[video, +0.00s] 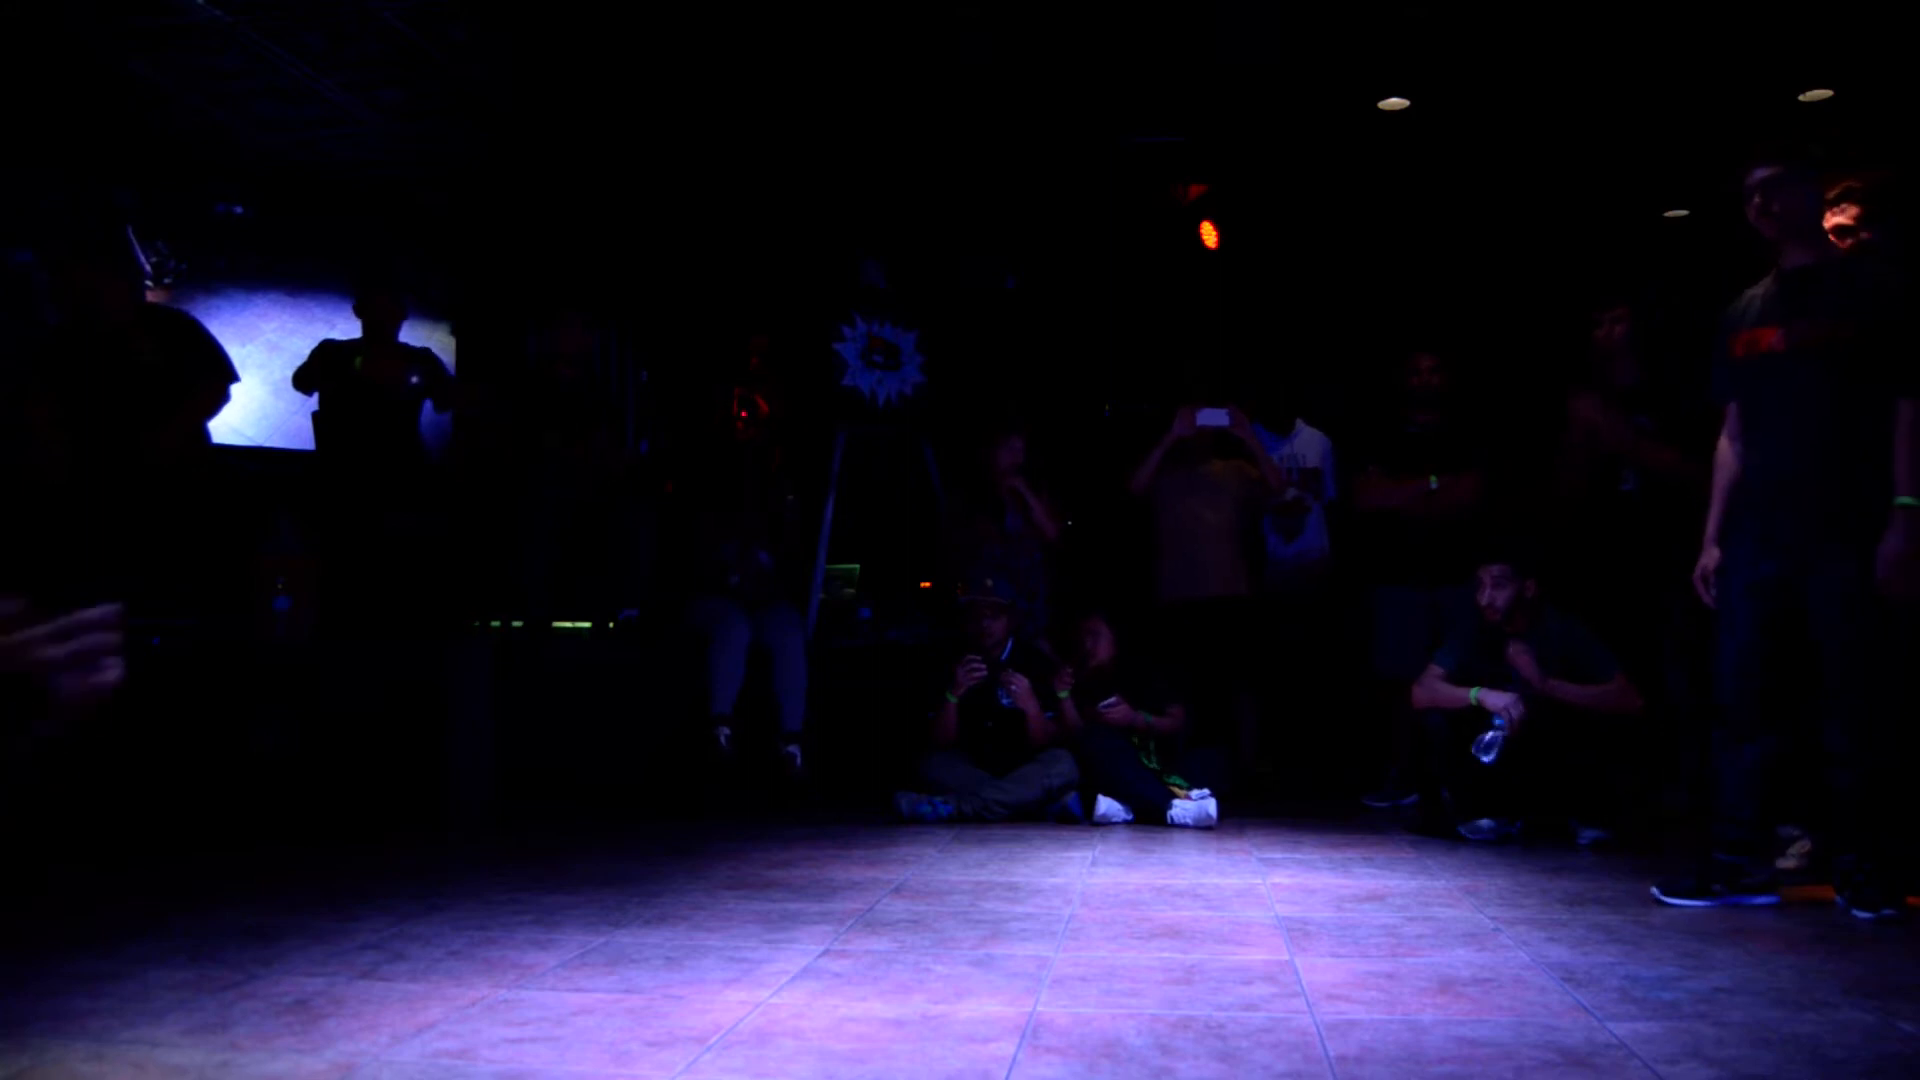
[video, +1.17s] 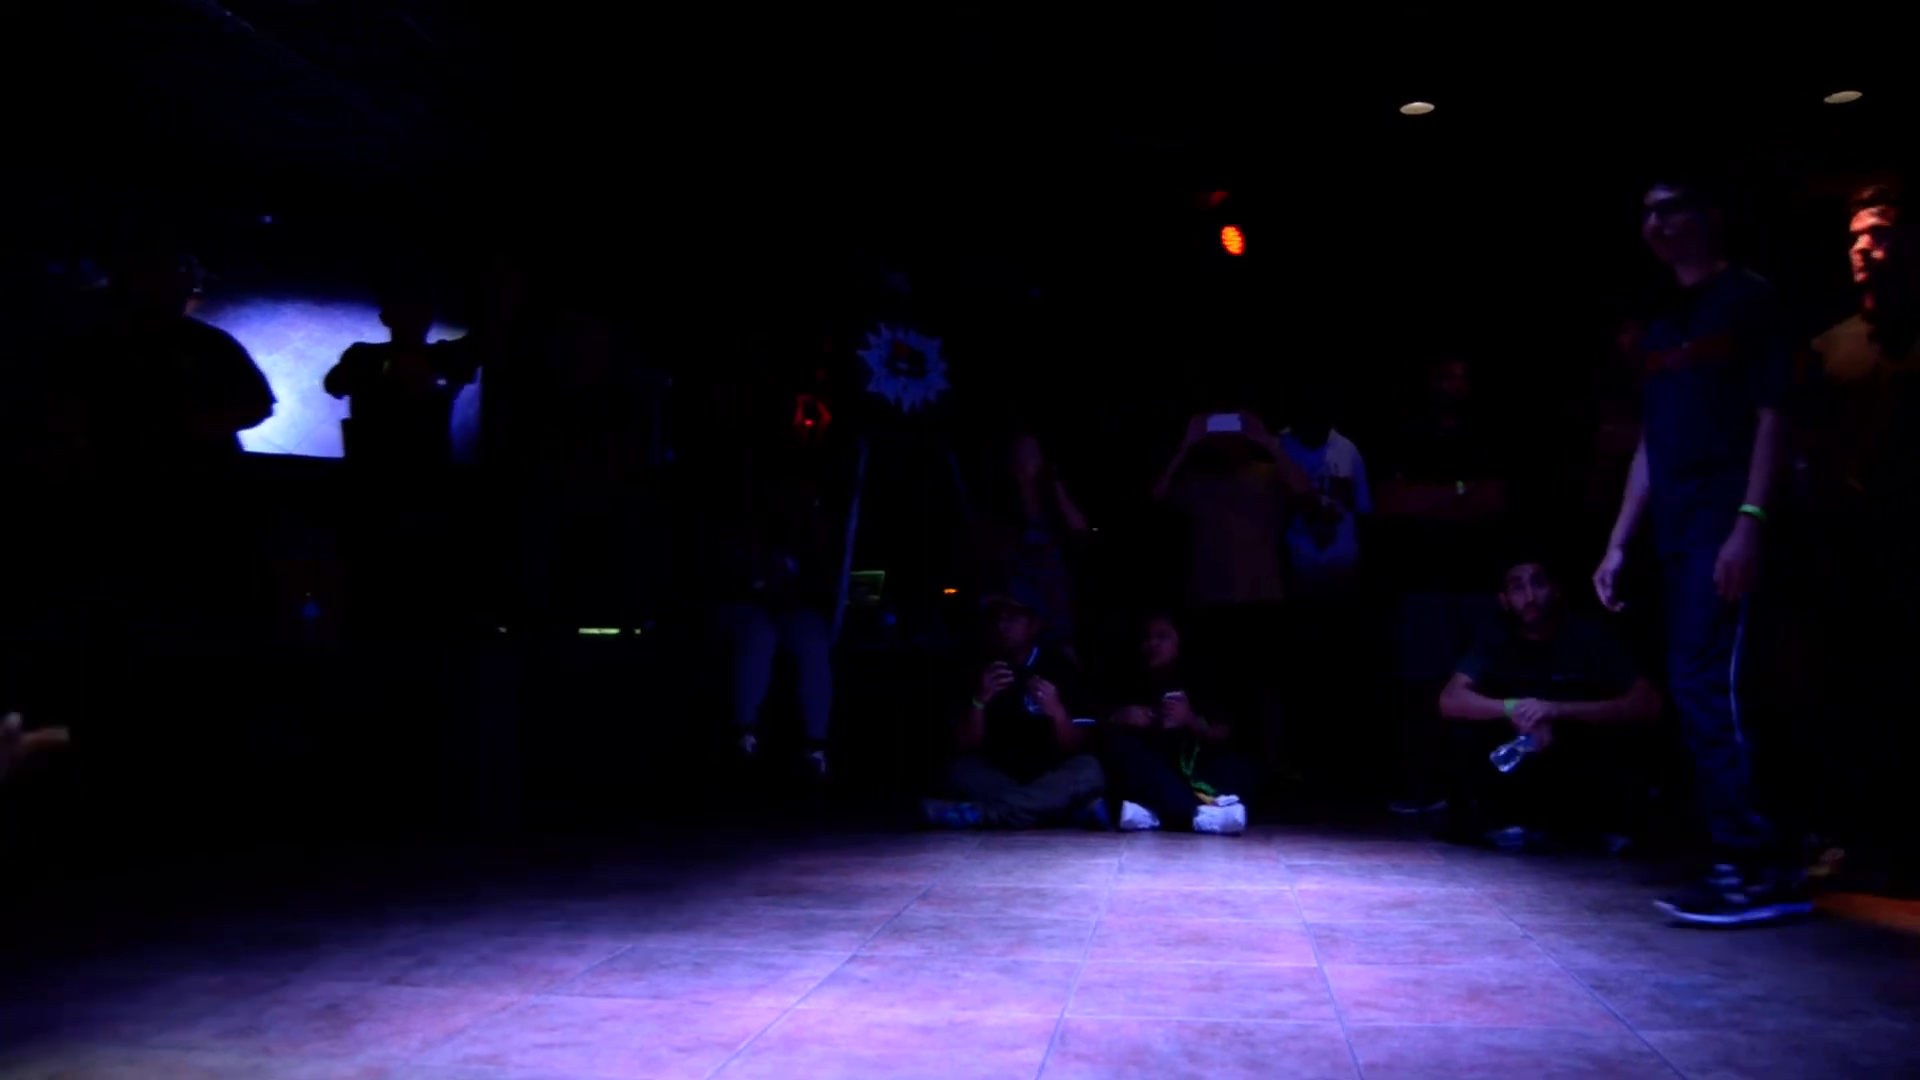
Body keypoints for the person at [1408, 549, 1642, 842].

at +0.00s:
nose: (1486, 598)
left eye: (1499, 586)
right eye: (1481, 587)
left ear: (1526, 589)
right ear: (1475, 589)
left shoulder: (1561, 633)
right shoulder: (1476, 632)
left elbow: (1625, 697)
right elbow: (1423, 692)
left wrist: (1545, 685)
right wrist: (1480, 696)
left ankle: (1588, 817)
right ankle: (1493, 814)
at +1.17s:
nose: (1530, 597)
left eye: (1538, 584)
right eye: (1518, 588)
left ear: (1554, 590)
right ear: (1505, 599)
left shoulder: (1588, 639)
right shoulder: (1497, 640)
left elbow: (1645, 702)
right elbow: (1451, 700)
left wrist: (1557, 709)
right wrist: (1518, 712)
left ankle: (1612, 826)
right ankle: (1510, 822)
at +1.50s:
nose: (1563, 597)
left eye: (1572, 584)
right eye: (1551, 588)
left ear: (1589, 589)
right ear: (1538, 598)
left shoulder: (1618, 639)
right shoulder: (1529, 639)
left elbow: (1652, 704)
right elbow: (1484, 699)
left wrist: (1592, 701)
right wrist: (1550, 705)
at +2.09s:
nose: (1572, 595)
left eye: (1577, 584)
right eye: (1562, 586)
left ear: (1592, 581)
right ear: (1549, 587)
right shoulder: (1553, 631)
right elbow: (1506, 692)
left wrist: (1607, 663)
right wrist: (1564, 707)